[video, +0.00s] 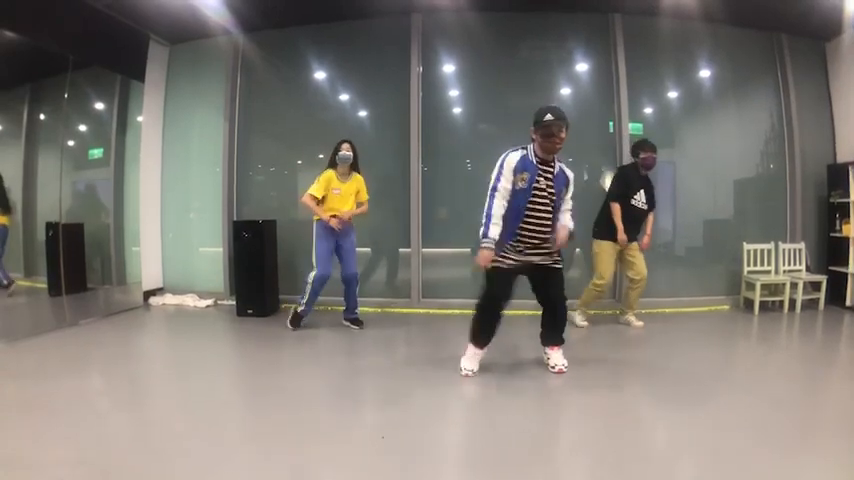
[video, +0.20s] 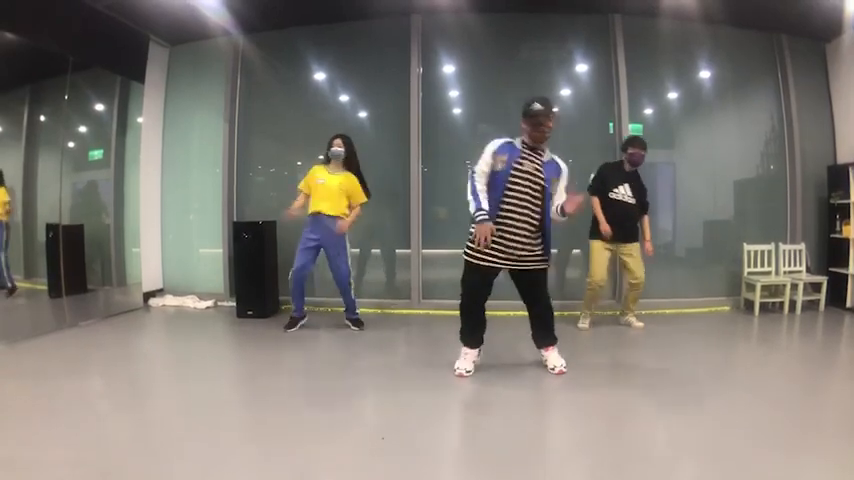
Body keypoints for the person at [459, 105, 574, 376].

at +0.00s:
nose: (556, 140)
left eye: (560, 134)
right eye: (549, 134)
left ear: (566, 135)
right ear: (534, 134)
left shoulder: (565, 175)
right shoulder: (513, 161)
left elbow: (566, 209)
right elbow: (497, 201)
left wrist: (564, 227)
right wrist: (487, 244)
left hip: (544, 252)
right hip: (509, 250)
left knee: (556, 301)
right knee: (493, 299)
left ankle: (553, 348)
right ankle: (476, 347)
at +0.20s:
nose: (544, 128)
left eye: (548, 123)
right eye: (538, 123)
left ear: (553, 125)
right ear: (524, 123)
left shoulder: (558, 167)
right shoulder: (499, 148)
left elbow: (555, 210)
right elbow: (477, 179)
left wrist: (565, 209)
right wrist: (482, 217)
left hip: (528, 246)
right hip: (491, 238)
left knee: (539, 299)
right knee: (472, 295)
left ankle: (548, 349)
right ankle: (470, 348)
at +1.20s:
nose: (503, 117)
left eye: (509, 111)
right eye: (497, 112)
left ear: (521, 114)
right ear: (489, 117)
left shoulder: (538, 149)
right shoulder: (481, 155)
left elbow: (545, 192)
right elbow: (475, 198)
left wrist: (545, 232)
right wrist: (470, 236)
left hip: (528, 239)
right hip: (490, 240)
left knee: (542, 296)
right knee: (486, 298)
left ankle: (550, 346)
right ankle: (485, 350)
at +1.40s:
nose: (497, 129)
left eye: (503, 123)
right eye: (491, 123)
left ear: (514, 124)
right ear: (483, 125)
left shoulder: (524, 156)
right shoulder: (476, 158)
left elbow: (550, 194)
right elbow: (473, 195)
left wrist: (509, 213)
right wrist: (465, 214)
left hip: (521, 246)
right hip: (482, 245)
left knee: (548, 296)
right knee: (456, 293)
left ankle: (576, 344)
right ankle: (448, 344)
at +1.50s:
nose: (489, 143)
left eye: (495, 137)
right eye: (483, 137)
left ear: (504, 138)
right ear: (473, 139)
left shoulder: (514, 167)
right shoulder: (461, 165)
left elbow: (547, 193)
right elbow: (442, 184)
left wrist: (507, 206)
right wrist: (442, 202)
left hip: (506, 257)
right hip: (468, 253)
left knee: (534, 302)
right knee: (439, 294)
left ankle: (573, 344)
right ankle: (433, 350)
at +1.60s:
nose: (481, 141)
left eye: (486, 135)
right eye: (474, 135)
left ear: (496, 130)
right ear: (465, 133)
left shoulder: (512, 156)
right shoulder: (452, 155)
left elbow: (534, 189)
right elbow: (436, 183)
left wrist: (509, 215)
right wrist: (436, 211)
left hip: (493, 244)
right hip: (455, 243)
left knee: (498, 296)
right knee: (435, 296)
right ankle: (431, 349)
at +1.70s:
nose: (477, 135)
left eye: (482, 128)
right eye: (470, 130)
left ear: (492, 124)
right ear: (461, 127)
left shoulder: (507, 154)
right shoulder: (448, 154)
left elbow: (514, 191)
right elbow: (442, 195)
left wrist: (512, 227)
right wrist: (437, 233)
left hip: (487, 236)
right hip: (452, 235)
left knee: (479, 294)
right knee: (437, 294)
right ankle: (429, 348)